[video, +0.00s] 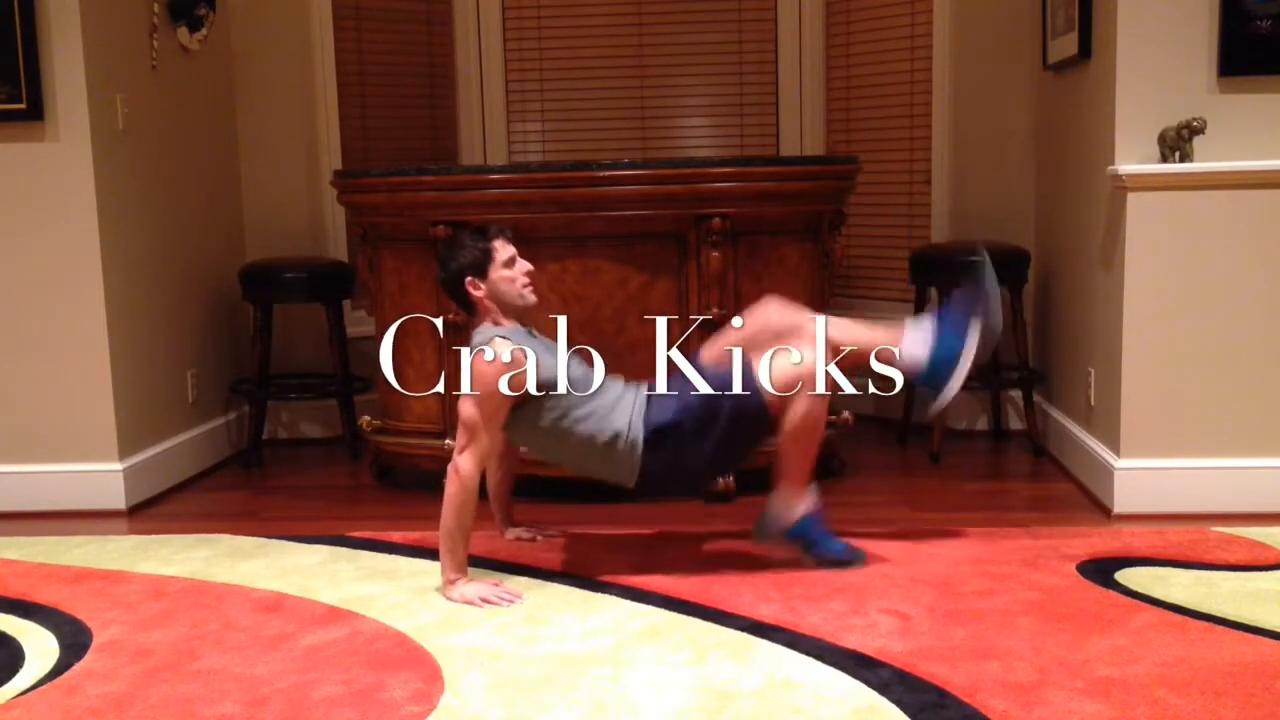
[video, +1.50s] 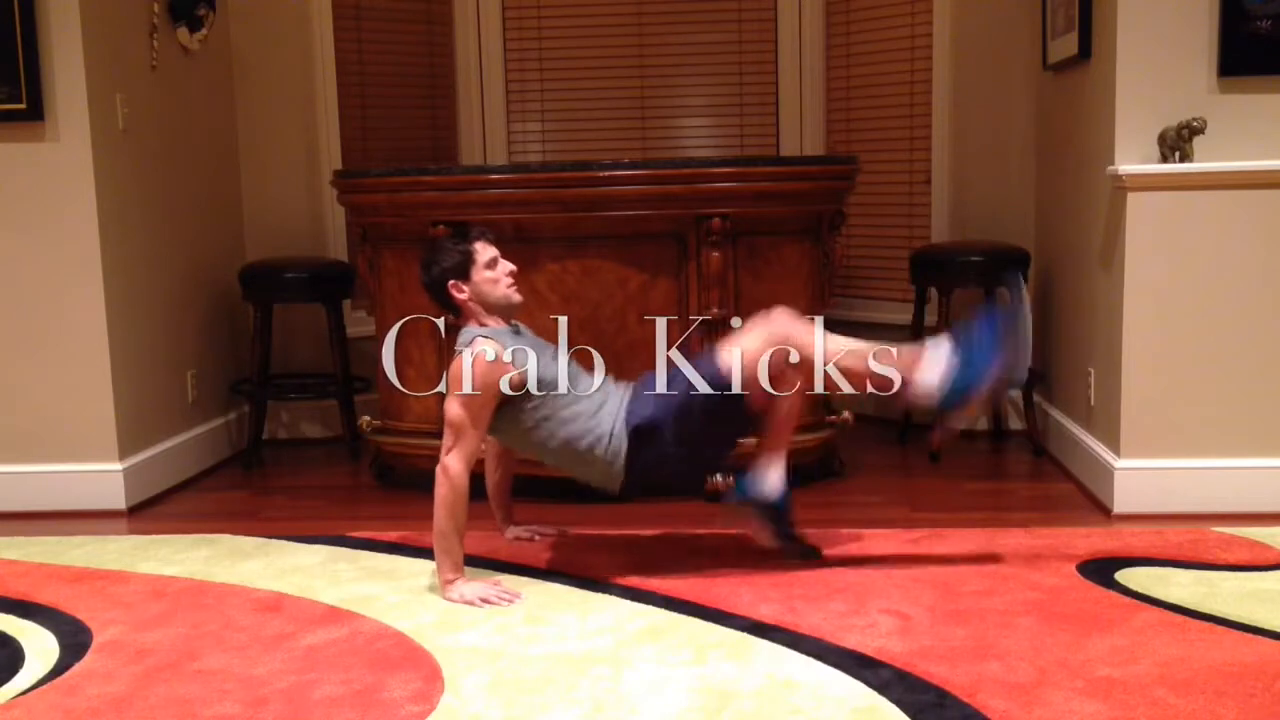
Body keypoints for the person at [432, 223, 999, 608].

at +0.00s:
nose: (526, 272)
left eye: (521, 262)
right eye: (511, 266)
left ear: (498, 282)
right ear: (478, 290)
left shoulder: (515, 340)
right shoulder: (492, 358)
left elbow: (498, 442)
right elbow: (463, 466)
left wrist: (501, 524)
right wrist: (452, 577)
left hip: (656, 407)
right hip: (651, 445)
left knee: (775, 313)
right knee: (806, 366)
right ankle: (789, 513)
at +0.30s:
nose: (523, 273)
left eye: (517, 264)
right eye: (507, 268)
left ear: (494, 286)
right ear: (475, 293)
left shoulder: (511, 342)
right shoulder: (490, 360)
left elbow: (494, 442)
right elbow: (458, 465)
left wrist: (500, 526)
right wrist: (451, 577)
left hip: (653, 412)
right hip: (648, 447)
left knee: (758, 303)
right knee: (811, 374)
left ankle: (896, 364)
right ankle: (785, 523)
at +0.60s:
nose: (528, 276)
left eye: (519, 267)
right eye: (510, 273)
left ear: (503, 292)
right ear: (481, 302)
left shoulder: (524, 343)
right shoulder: (497, 367)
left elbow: (496, 438)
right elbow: (458, 465)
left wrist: (502, 520)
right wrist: (448, 578)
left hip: (647, 440)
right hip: (638, 484)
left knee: (763, 369)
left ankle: (757, 519)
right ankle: (912, 311)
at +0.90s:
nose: (510, 269)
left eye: (504, 259)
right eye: (494, 264)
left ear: (473, 283)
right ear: (460, 287)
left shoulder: (496, 334)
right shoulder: (478, 356)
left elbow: (490, 435)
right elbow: (456, 462)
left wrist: (502, 519)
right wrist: (450, 575)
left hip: (645, 414)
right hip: (648, 450)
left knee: (760, 303)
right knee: (774, 319)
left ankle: (833, 447)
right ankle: (859, 453)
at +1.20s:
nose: (524, 278)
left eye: (518, 269)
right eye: (508, 275)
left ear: (503, 291)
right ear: (478, 301)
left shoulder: (523, 348)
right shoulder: (495, 367)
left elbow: (499, 443)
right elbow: (458, 465)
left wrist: (502, 524)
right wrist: (450, 579)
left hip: (642, 456)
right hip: (633, 483)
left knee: (778, 371)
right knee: (770, 393)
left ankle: (913, 331)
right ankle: (777, 533)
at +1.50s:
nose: (510, 270)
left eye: (504, 260)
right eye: (494, 266)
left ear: (489, 282)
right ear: (464, 292)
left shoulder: (506, 340)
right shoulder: (478, 355)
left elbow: (494, 441)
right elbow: (451, 464)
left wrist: (499, 524)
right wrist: (449, 576)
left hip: (642, 419)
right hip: (635, 445)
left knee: (783, 337)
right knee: (781, 329)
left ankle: (765, 484)